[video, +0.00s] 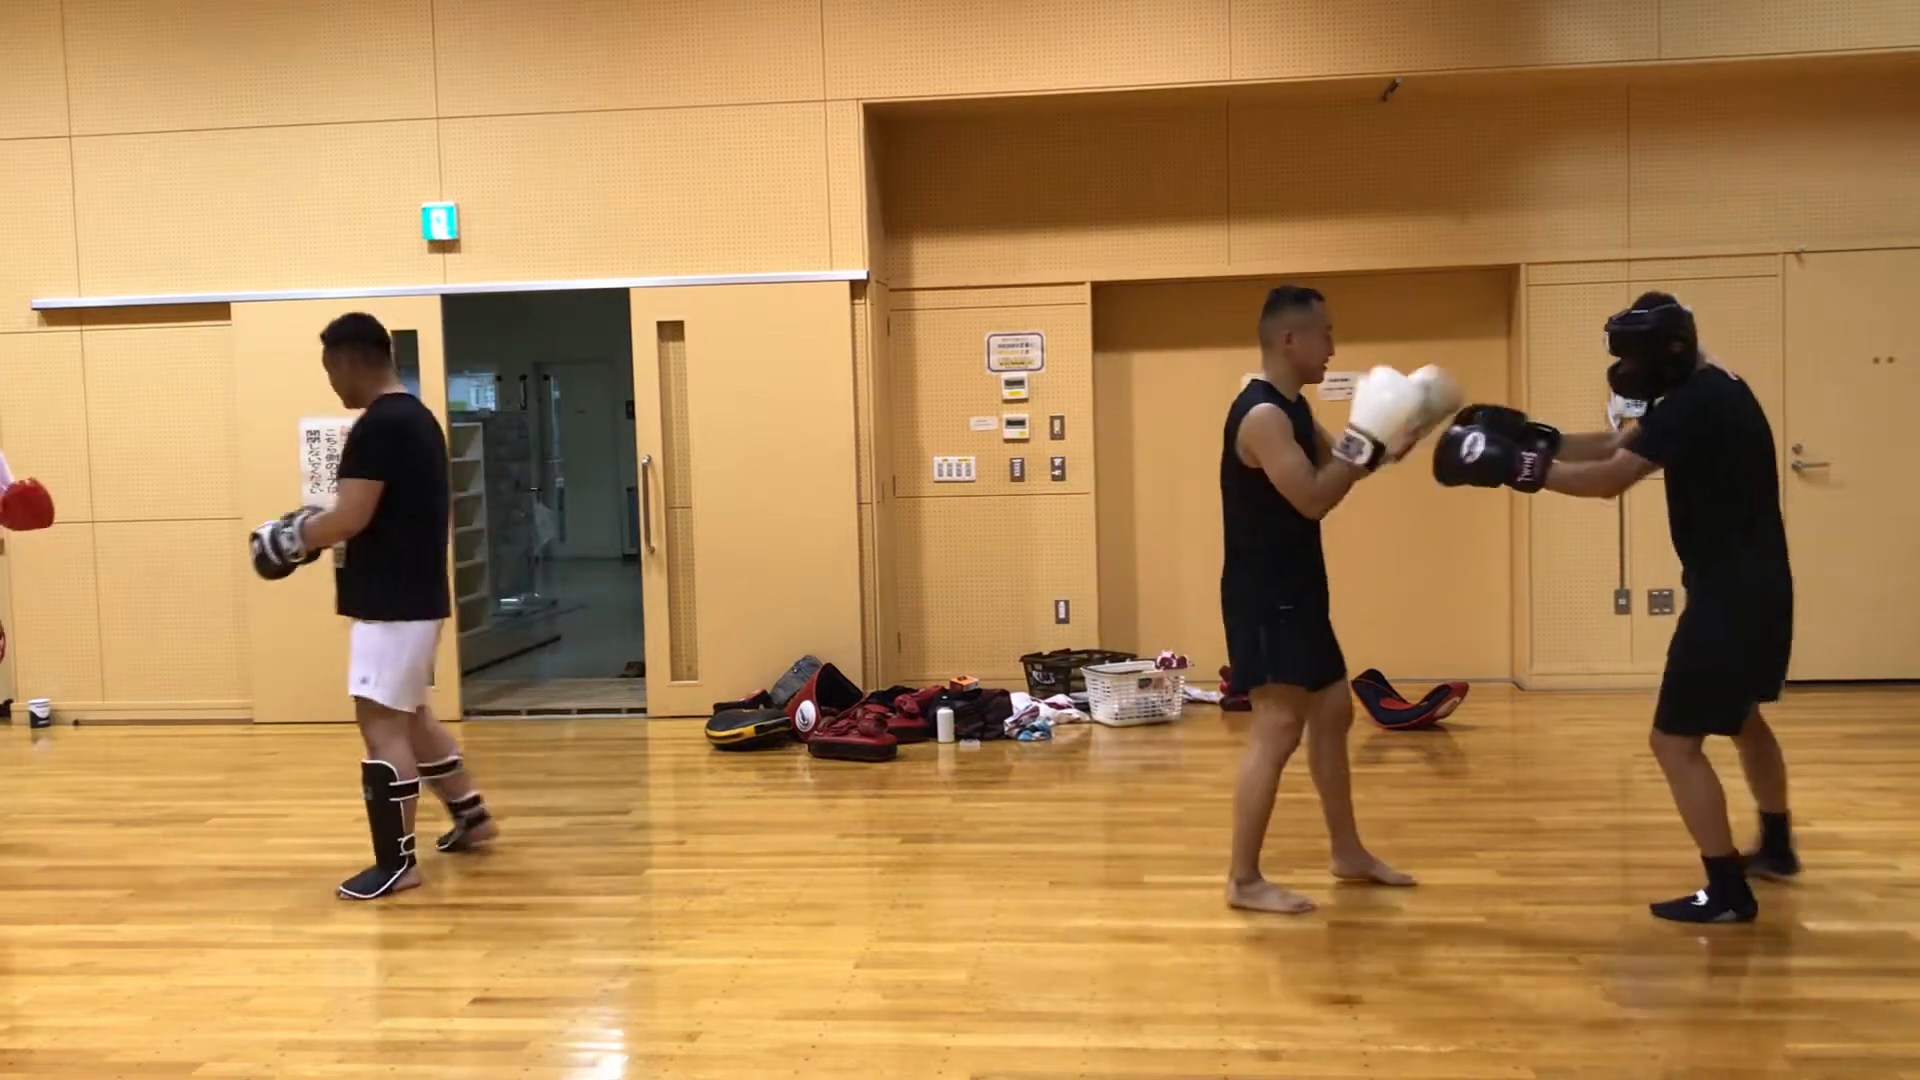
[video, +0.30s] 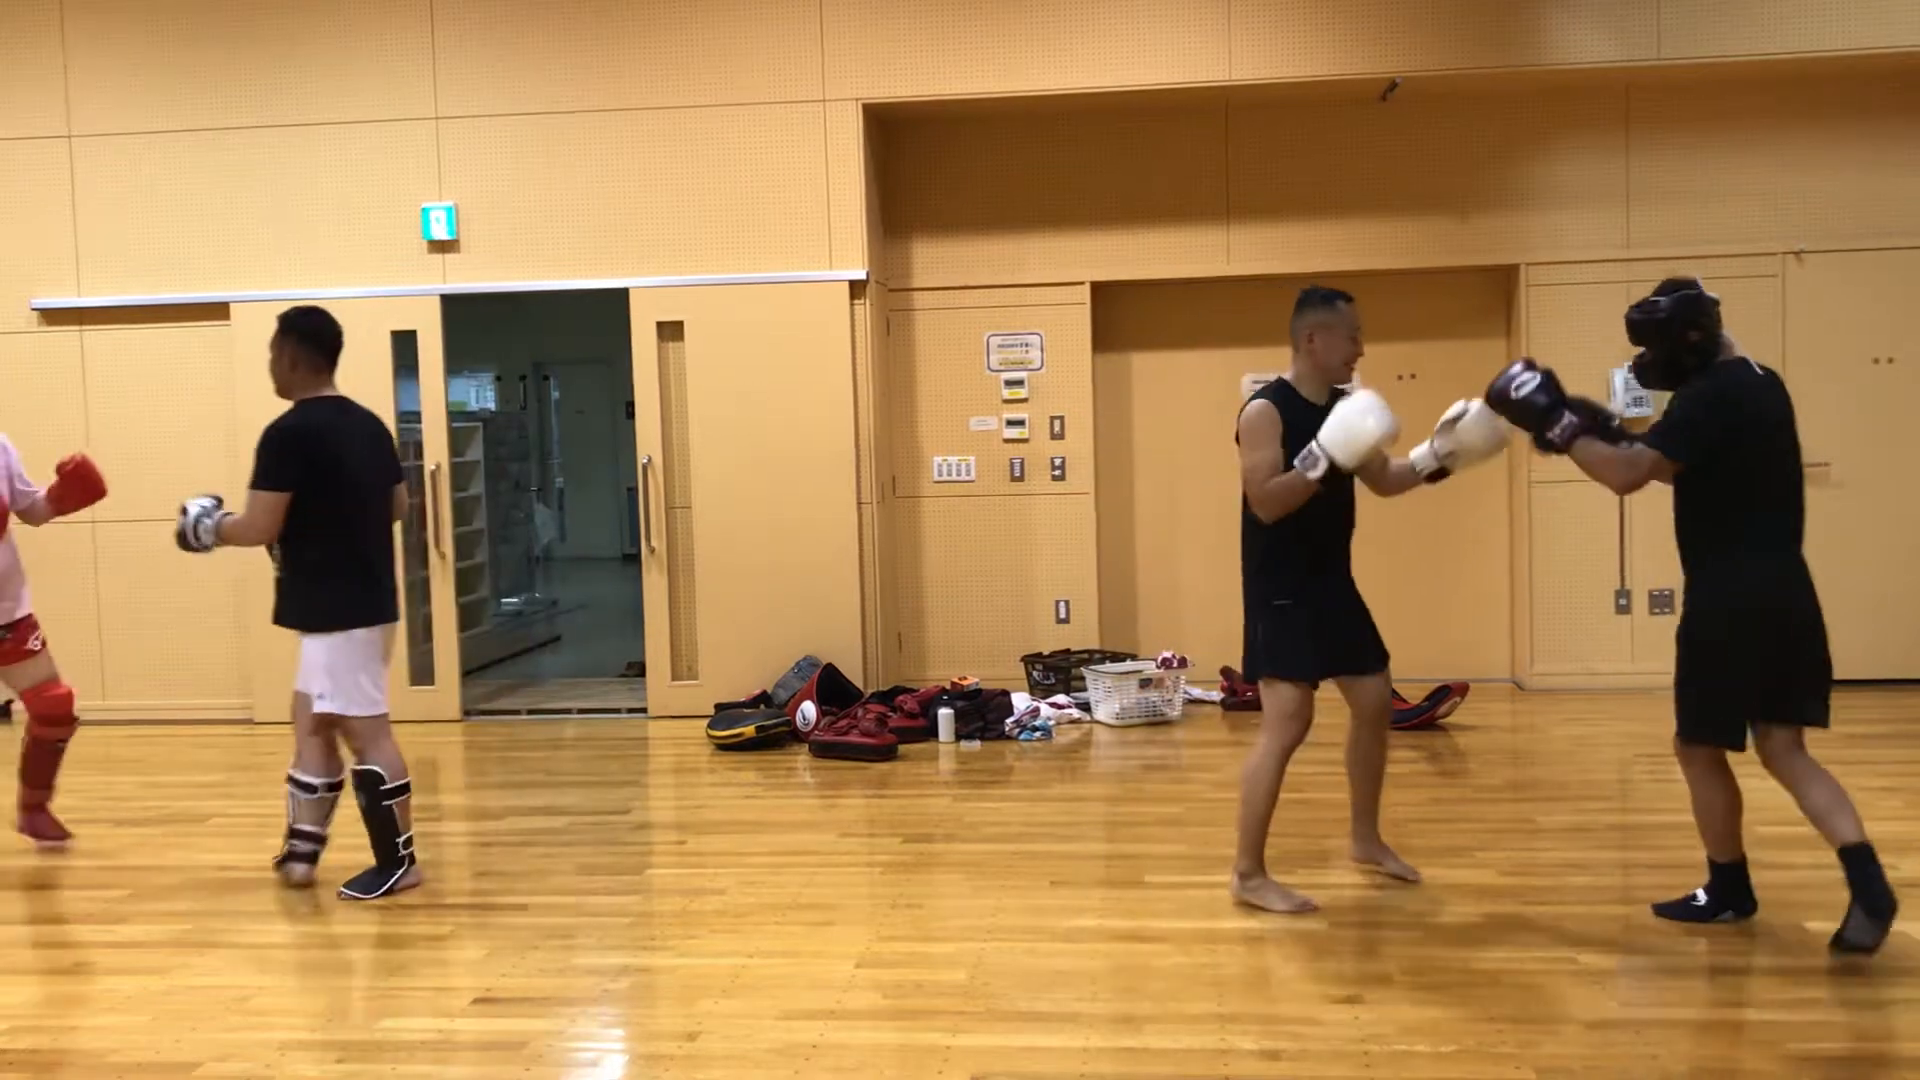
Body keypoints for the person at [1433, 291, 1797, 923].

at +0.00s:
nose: (1616, 367)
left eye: (1628, 356)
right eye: (1616, 355)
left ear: (1670, 354)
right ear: (1674, 354)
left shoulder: (1691, 406)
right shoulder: (1714, 389)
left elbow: (1608, 481)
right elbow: (1619, 444)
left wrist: (1522, 467)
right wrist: (1539, 439)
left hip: (1725, 598)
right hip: (1756, 590)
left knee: (1674, 741)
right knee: (1742, 717)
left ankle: (1726, 891)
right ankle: (1776, 845)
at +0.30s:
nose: (1644, 362)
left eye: (1651, 350)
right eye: (1643, 350)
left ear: (1683, 345)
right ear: (1712, 334)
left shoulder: (1703, 400)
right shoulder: (1765, 386)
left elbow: (1624, 474)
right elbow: (1678, 458)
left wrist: (1554, 422)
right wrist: (1610, 428)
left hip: (1722, 605)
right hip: (1784, 596)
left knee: (1698, 746)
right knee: (1782, 746)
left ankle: (1728, 889)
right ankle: (1869, 884)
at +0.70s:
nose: (1652, 358)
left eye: (1652, 347)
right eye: (1653, 348)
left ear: (1666, 344)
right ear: (1727, 326)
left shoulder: (1676, 396)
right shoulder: (1804, 391)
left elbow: (1609, 499)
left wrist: (1592, 434)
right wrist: (1660, 400)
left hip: (1704, 625)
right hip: (1797, 626)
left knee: (1630, 765)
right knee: (1827, 794)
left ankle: (1628, 932)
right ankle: (1878, 981)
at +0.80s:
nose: (1629, 378)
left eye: (1630, 367)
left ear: (1643, 367)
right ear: (1710, 347)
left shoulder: (1644, 434)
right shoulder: (1783, 417)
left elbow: (1590, 546)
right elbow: (1797, 521)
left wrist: (1571, 473)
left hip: (1681, 663)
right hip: (1778, 660)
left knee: (1607, 807)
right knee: (1821, 823)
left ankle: (1579, 969)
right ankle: (1877, 996)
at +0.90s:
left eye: (1606, 359)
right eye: (1690, 339)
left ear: (1615, 362)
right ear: (1688, 349)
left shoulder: (1604, 429)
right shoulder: (1752, 413)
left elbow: (1540, 536)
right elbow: (1785, 525)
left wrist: (1532, 466)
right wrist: (1728, 473)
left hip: (1645, 662)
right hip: (1744, 660)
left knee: (1589, 824)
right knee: (1802, 815)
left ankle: (1569, 1000)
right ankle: (1872, 1000)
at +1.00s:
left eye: (1557, 346)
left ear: (1567, 347)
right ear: (1638, 338)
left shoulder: (1546, 409)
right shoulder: (1696, 401)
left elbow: (1449, 477)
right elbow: (1733, 513)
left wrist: (1446, 414)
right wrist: (1664, 476)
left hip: (1589, 654)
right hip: (1689, 651)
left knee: (1557, 821)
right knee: (1754, 810)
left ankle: (1565, 1008)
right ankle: (1808, 998)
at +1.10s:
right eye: (1586, 312)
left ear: (1520, 333)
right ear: (1592, 325)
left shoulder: (1499, 391)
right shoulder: (1653, 385)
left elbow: (1410, 443)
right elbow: (1679, 501)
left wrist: (1394, 389)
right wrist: (1616, 454)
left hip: (1542, 634)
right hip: (1640, 634)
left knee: (1519, 807)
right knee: (1673, 808)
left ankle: (1552, 995)